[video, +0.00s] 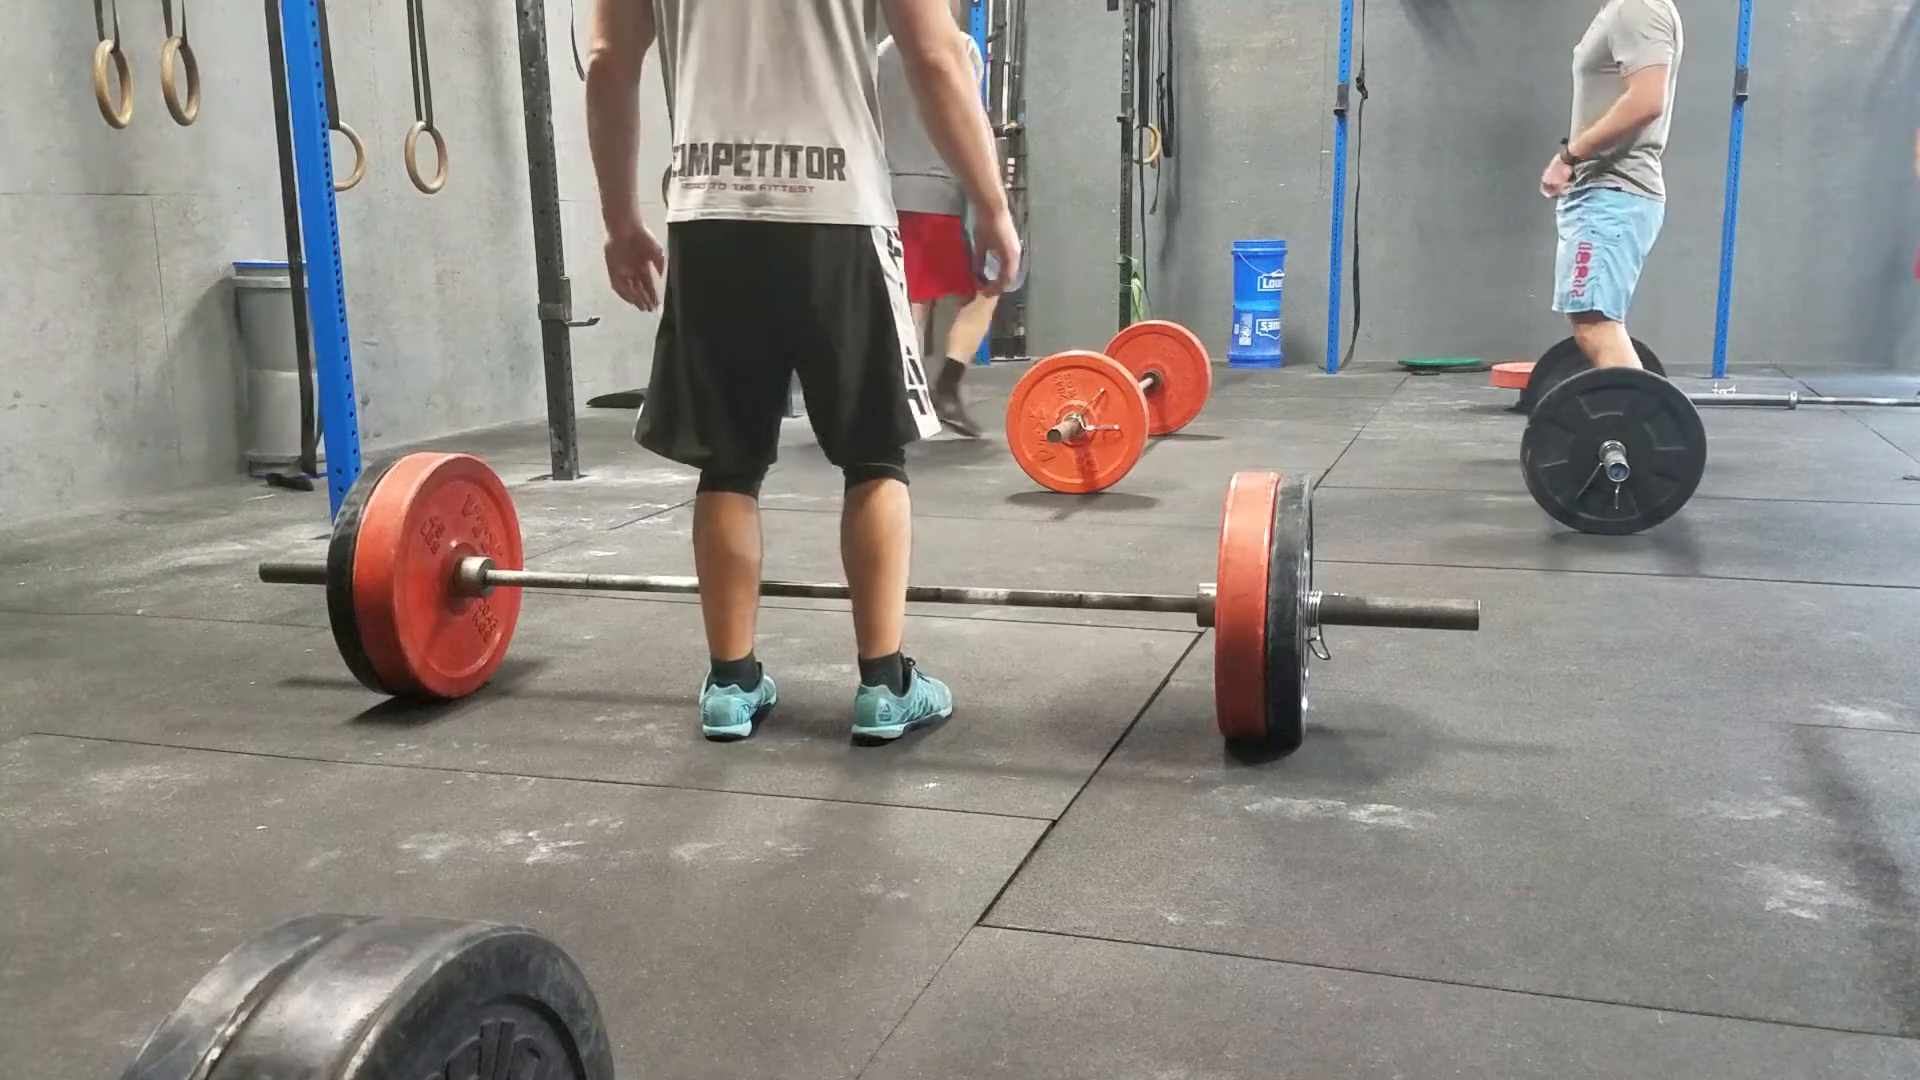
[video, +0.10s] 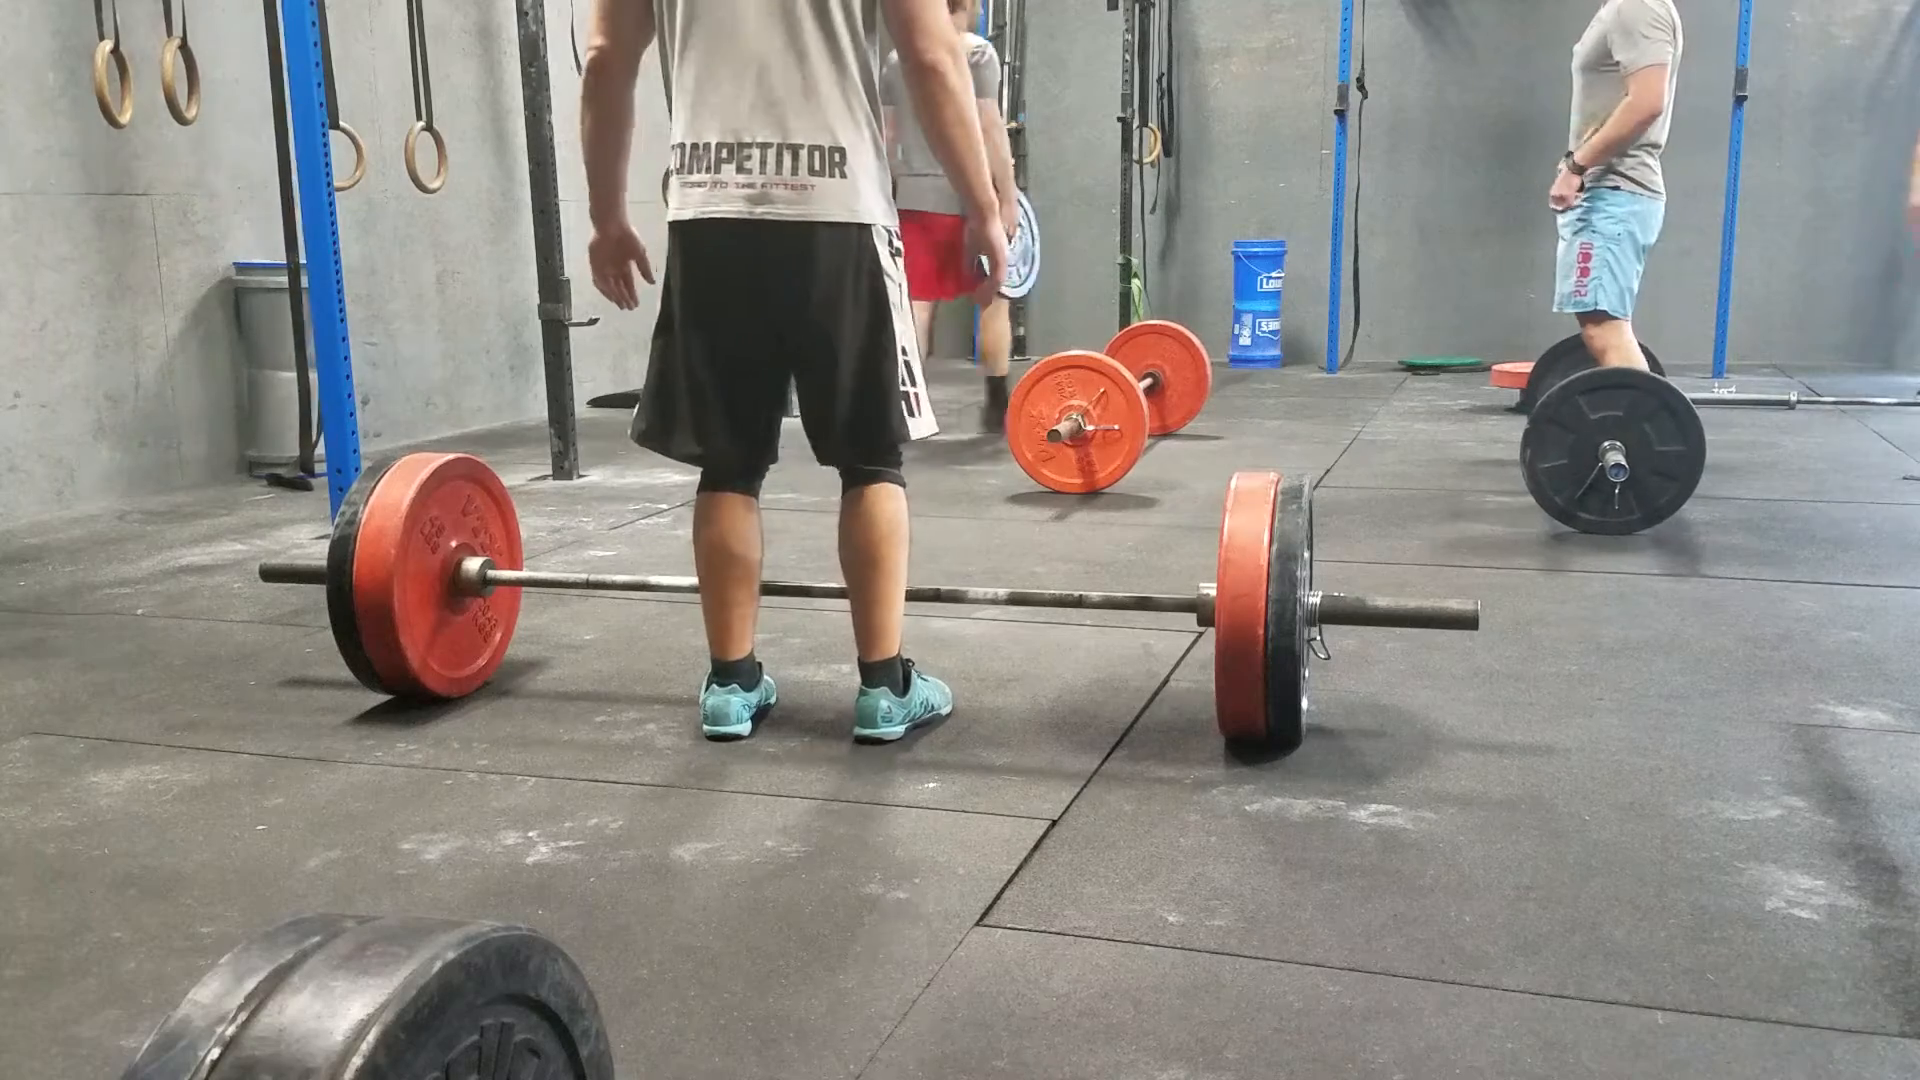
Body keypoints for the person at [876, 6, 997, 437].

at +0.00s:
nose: (964, 16)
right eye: (961, 12)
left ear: (905, 12)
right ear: (952, 9)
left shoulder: (880, 53)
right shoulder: (961, 49)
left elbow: (868, 126)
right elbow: (967, 125)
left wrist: (872, 187)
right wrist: (988, 195)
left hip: (894, 198)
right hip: (945, 201)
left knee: (913, 301)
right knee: (986, 291)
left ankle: (903, 402)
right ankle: (947, 388)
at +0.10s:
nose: (973, 15)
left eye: (967, 9)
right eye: (972, 9)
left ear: (929, 12)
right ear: (964, 9)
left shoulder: (895, 59)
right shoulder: (980, 53)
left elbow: (884, 133)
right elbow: (989, 125)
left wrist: (884, 192)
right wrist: (1008, 197)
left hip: (912, 202)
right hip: (970, 202)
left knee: (916, 307)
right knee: (995, 300)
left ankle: (903, 407)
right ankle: (996, 404)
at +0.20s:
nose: (1007, 11)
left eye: (1006, 4)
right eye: (1005, 4)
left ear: (957, 9)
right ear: (993, 8)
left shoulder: (927, 52)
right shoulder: (1001, 59)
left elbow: (909, 137)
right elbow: (1004, 131)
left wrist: (903, 196)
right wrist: (1021, 205)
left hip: (929, 203)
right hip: (984, 206)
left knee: (924, 309)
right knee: (1007, 309)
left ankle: (905, 402)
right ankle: (1029, 396)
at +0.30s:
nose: (1035, 19)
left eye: (1035, 11)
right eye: (1032, 10)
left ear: (990, 14)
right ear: (1016, 13)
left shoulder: (959, 57)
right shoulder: (1026, 66)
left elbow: (938, 136)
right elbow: (1027, 143)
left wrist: (935, 188)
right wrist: (1039, 214)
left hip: (957, 206)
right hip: (1010, 208)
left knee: (948, 305)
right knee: (1027, 312)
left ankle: (911, 396)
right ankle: (1037, 406)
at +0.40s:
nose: (1061, 17)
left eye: (1060, 9)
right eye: (1057, 8)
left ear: (1019, 13)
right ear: (1039, 12)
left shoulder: (989, 56)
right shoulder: (1047, 64)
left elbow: (975, 139)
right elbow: (1048, 141)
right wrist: (1059, 213)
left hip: (992, 202)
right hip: (1030, 204)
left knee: (987, 301)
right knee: (1041, 307)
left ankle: (942, 370)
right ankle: (1043, 403)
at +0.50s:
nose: (1083, 15)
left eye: (1082, 7)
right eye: (1079, 6)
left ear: (1042, 12)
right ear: (1061, 10)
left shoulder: (1005, 53)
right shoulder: (1066, 61)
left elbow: (992, 130)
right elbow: (1068, 137)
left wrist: (993, 195)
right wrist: (1081, 208)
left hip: (1009, 196)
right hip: (1049, 199)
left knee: (1019, 296)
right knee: (1051, 304)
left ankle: (985, 360)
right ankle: (1044, 402)